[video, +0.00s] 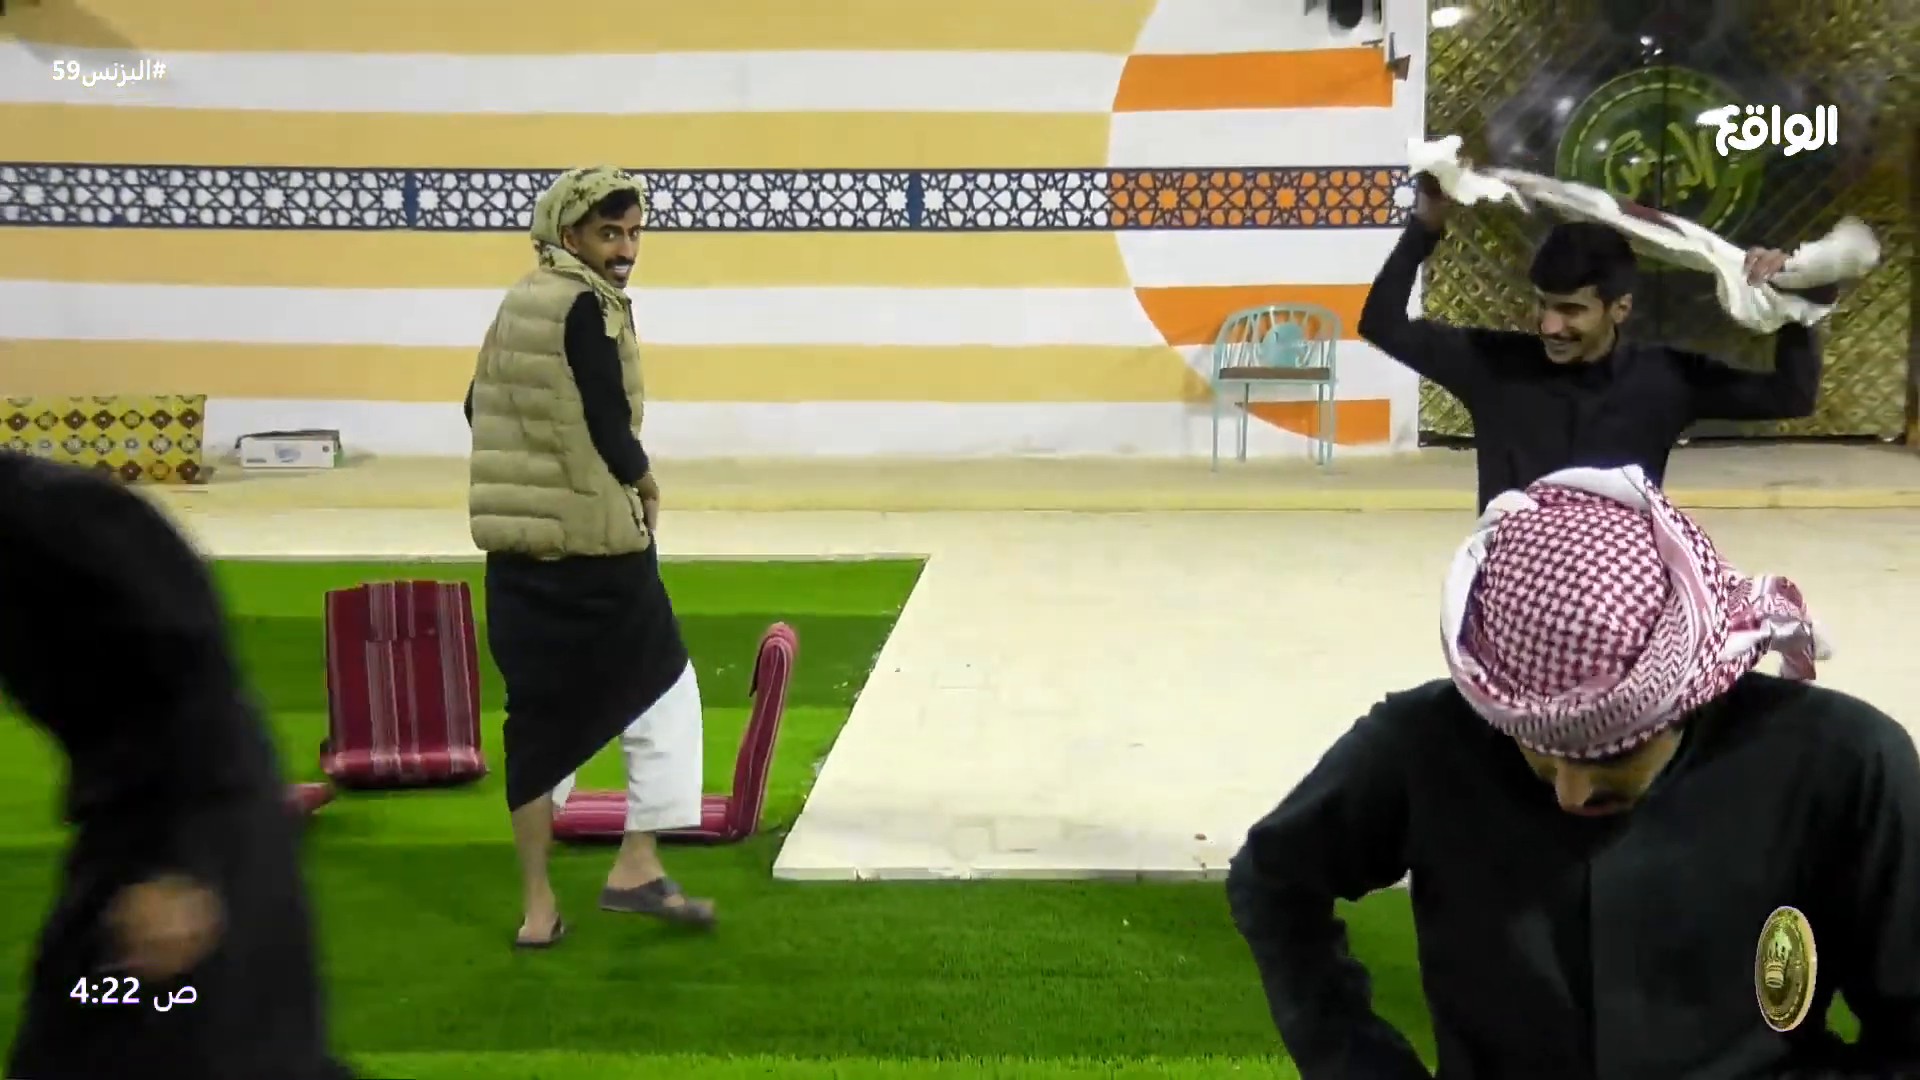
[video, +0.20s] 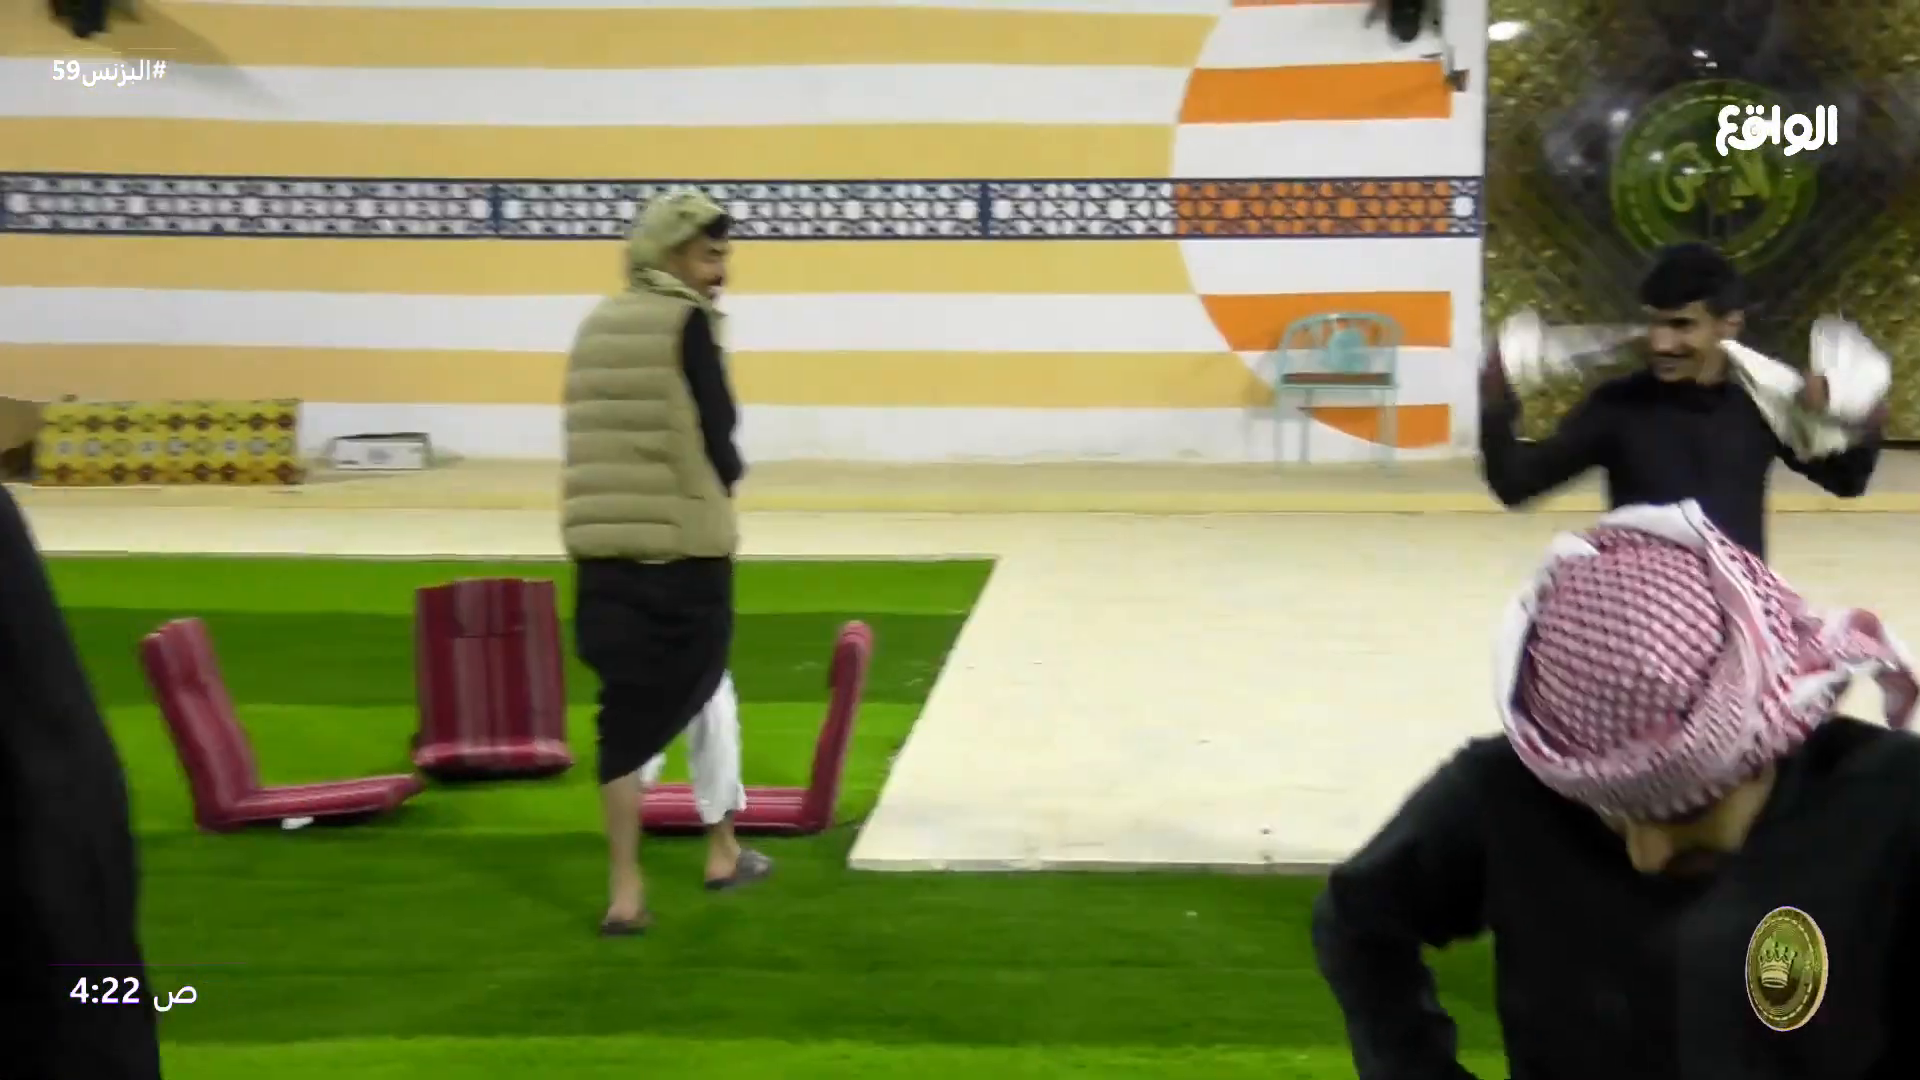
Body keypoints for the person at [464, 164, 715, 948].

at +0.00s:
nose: (626, 248)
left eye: (633, 234)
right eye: (612, 233)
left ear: (631, 235)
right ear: (569, 232)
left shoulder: (518, 303)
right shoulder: (587, 306)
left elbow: (476, 407)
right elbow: (607, 423)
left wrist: (545, 459)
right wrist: (643, 482)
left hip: (515, 557)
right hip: (597, 554)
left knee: (533, 720)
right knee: (667, 693)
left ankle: (537, 908)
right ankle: (638, 866)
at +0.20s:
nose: (721, 265)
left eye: (721, 251)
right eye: (710, 252)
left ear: (650, 256)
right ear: (669, 253)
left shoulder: (597, 323)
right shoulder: (688, 322)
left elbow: (584, 428)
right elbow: (718, 429)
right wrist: (729, 477)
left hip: (604, 551)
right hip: (686, 552)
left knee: (622, 716)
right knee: (710, 692)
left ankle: (624, 893)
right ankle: (723, 852)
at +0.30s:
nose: (772, 275)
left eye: (773, 261)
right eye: (764, 262)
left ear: (705, 259)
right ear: (729, 258)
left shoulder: (637, 324)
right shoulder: (740, 325)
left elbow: (627, 423)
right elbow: (763, 427)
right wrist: (768, 481)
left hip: (646, 546)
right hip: (728, 546)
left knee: (669, 702)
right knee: (755, 687)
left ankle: (666, 864)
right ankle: (763, 851)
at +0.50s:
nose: (843, 252)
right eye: (843, 242)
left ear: (772, 240)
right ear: (837, 248)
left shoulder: (726, 308)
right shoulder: (855, 316)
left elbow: (700, 420)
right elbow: (888, 422)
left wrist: (736, 467)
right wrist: (855, 465)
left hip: (731, 529)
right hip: (822, 531)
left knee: (741, 658)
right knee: (838, 681)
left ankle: (770, 792)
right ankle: (853, 847)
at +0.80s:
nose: (799, 243)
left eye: (804, 233)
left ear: (810, 238)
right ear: (878, 236)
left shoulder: (784, 309)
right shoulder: (907, 299)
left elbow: (772, 427)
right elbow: (951, 387)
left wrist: (812, 460)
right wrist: (931, 437)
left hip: (812, 527)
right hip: (904, 521)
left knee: (812, 671)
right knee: (910, 652)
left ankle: (835, 817)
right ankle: (948, 768)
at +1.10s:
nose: (867, 223)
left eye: (870, 213)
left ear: (878, 220)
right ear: (943, 210)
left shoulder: (853, 290)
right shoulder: (979, 273)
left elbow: (837, 414)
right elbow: (1030, 367)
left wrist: (851, 463)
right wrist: (999, 415)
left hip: (906, 514)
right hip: (988, 507)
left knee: (916, 683)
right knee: (964, 610)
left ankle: (929, 835)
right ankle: (984, 764)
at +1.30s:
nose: (928, 254)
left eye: (929, 244)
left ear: (942, 243)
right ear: (1002, 229)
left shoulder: (951, 308)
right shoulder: (1051, 295)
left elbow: (940, 416)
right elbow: (1105, 388)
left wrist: (930, 496)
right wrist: (1069, 451)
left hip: (991, 519)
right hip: (1063, 512)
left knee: (992, 695)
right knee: (1026, 662)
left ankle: (1008, 859)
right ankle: (1034, 806)